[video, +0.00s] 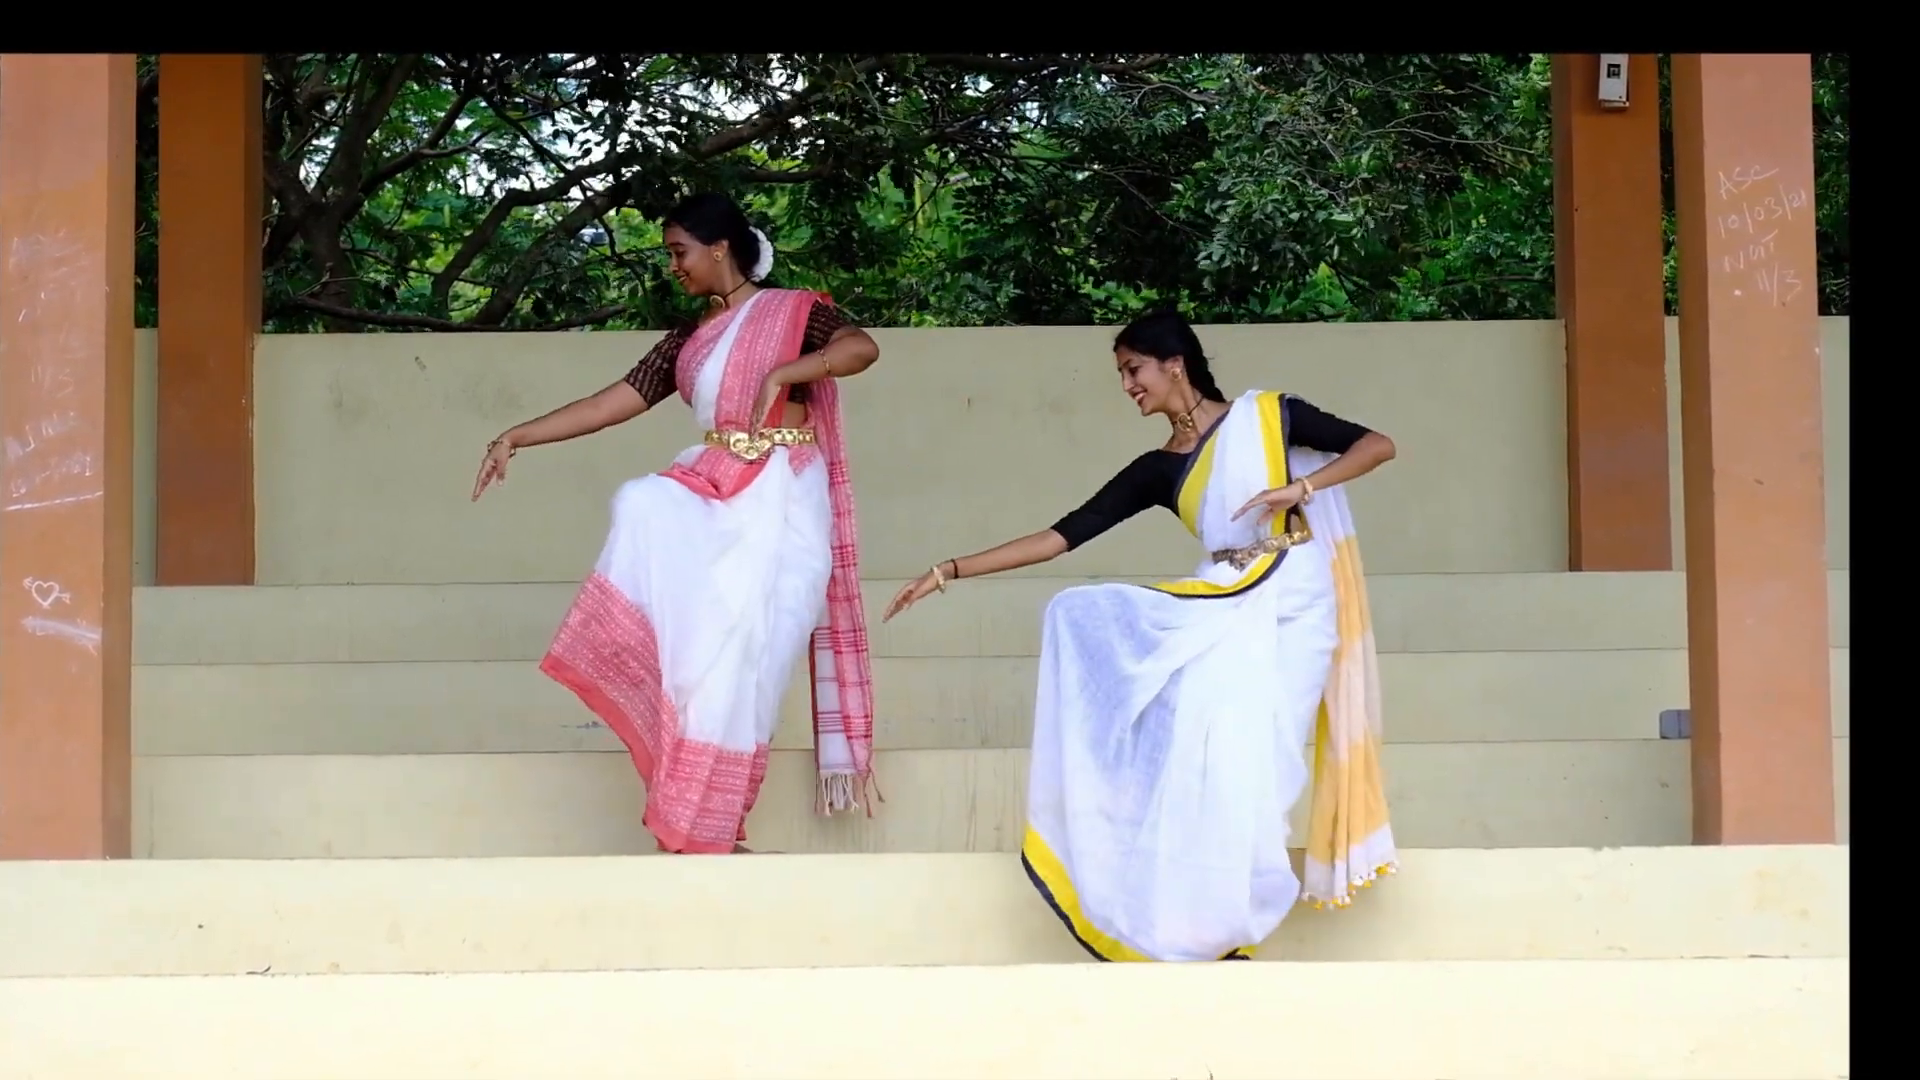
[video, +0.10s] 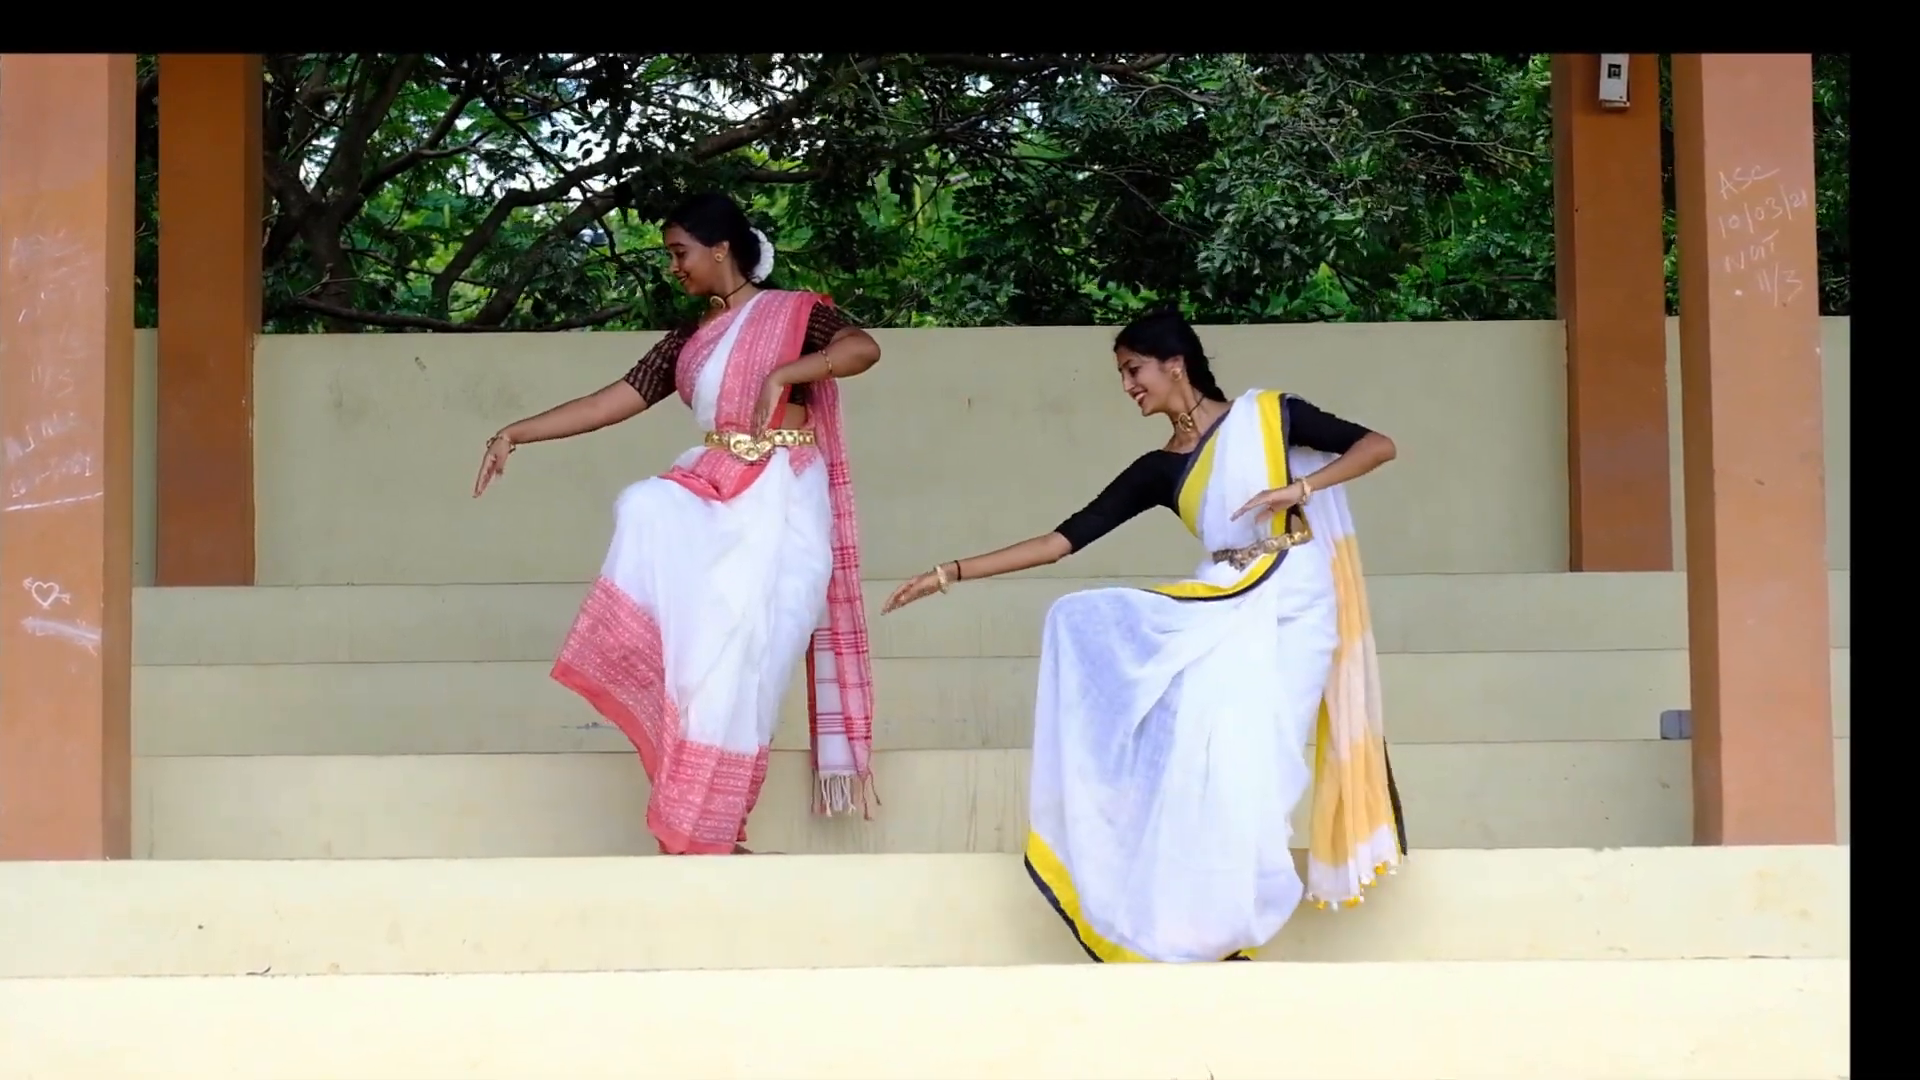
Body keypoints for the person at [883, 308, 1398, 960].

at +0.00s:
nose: (1128, 386)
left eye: (1135, 370)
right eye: (1122, 375)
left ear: (1177, 363)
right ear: (1143, 379)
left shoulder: (1267, 413)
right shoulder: (1160, 469)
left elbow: (1379, 446)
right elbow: (1057, 537)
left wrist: (1304, 488)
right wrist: (948, 570)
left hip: (1300, 590)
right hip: (1229, 602)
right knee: (1072, 609)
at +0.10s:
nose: (1128, 386)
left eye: (1134, 370)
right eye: (1122, 375)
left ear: (1177, 362)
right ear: (1146, 376)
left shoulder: (1267, 414)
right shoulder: (1162, 468)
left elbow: (1378, 446)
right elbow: (1059, 541)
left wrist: (1304, 488)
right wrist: (950, 572)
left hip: (1297, 593)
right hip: (1226, 601)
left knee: (1215, 722)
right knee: (1075, 613)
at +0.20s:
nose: (1128, 385)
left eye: (1135, 369)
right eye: (1123, 374)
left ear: (1178, 362)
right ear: (1151, 374)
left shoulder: (1266, 413)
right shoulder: (1162, 469)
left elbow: (1379, 446)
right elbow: (1067, 549)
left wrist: (1303, 492)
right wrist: (959, 587)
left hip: (1297, 595)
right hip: (1227, 603)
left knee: (1214, 728)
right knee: (1083, 628)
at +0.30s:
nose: (1130, 382)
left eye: (1137, 366)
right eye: (1125, 371)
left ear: (1179, 360)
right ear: (1153, 372)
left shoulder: (1271, 411)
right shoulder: (1161, 469)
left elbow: (1380, 451)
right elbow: (1083, 560)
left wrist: (1312, 500)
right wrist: (981, 610)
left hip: (1299, 597)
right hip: (1223, 604)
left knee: (1242, 735)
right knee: (1098, 672)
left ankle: (1228, 915)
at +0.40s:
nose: (1140, 372)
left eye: (1148, 356)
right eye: (1134, 361)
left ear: (1190, 349)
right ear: (1148, 364)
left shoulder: (1275, 407)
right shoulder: (1160, 457)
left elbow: (1375, 464)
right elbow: (1115, 562)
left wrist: (1317, 505)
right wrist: (1038, 628)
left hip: (1295, 590)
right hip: (1218, 596)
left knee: (1254, 736)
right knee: (1151, 727)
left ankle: (1236, 914)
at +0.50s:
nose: (1157, 351)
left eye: (1167, 334)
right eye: (1147, 339)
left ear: (1205, 332)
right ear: (1146, 346)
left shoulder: (1284, 402)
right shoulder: (1160, 440)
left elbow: (1364, 472)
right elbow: (1152, 542)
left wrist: (1317, 502)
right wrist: (1114, 621)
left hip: (1285, 593)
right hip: (1208, 596)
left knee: (1265, 751)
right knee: (1205, 753)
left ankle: (1249, 923)